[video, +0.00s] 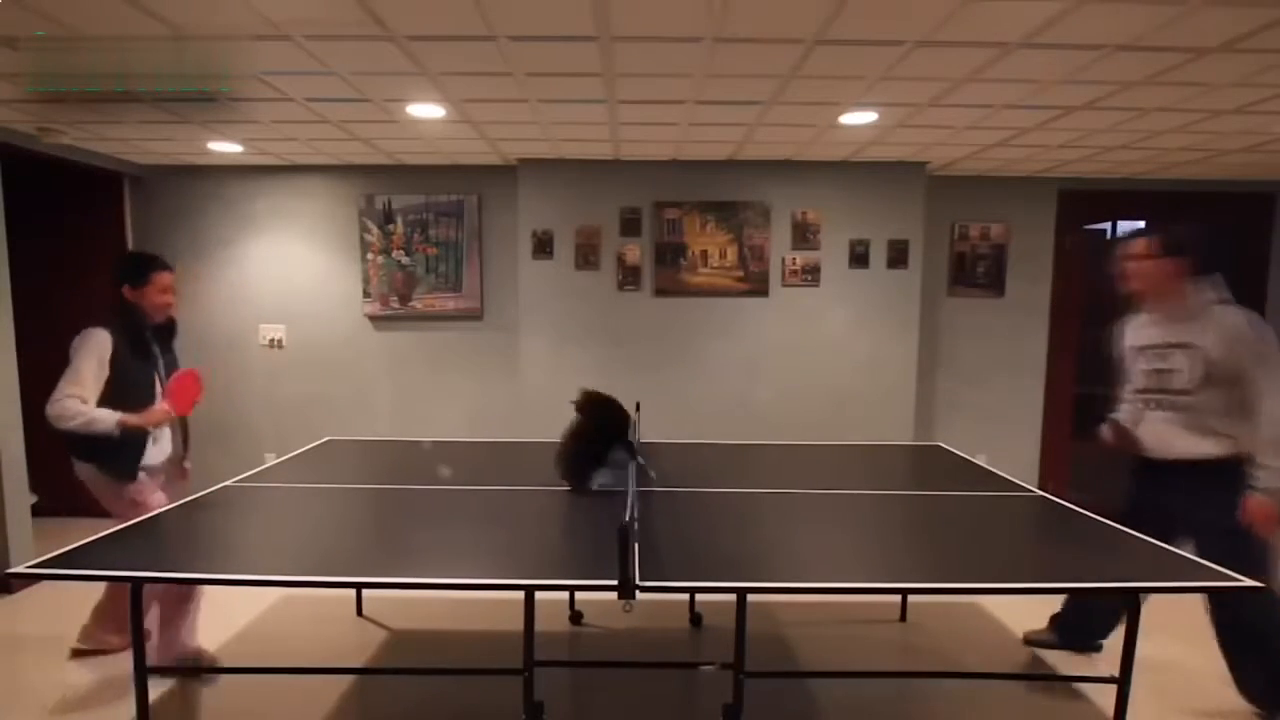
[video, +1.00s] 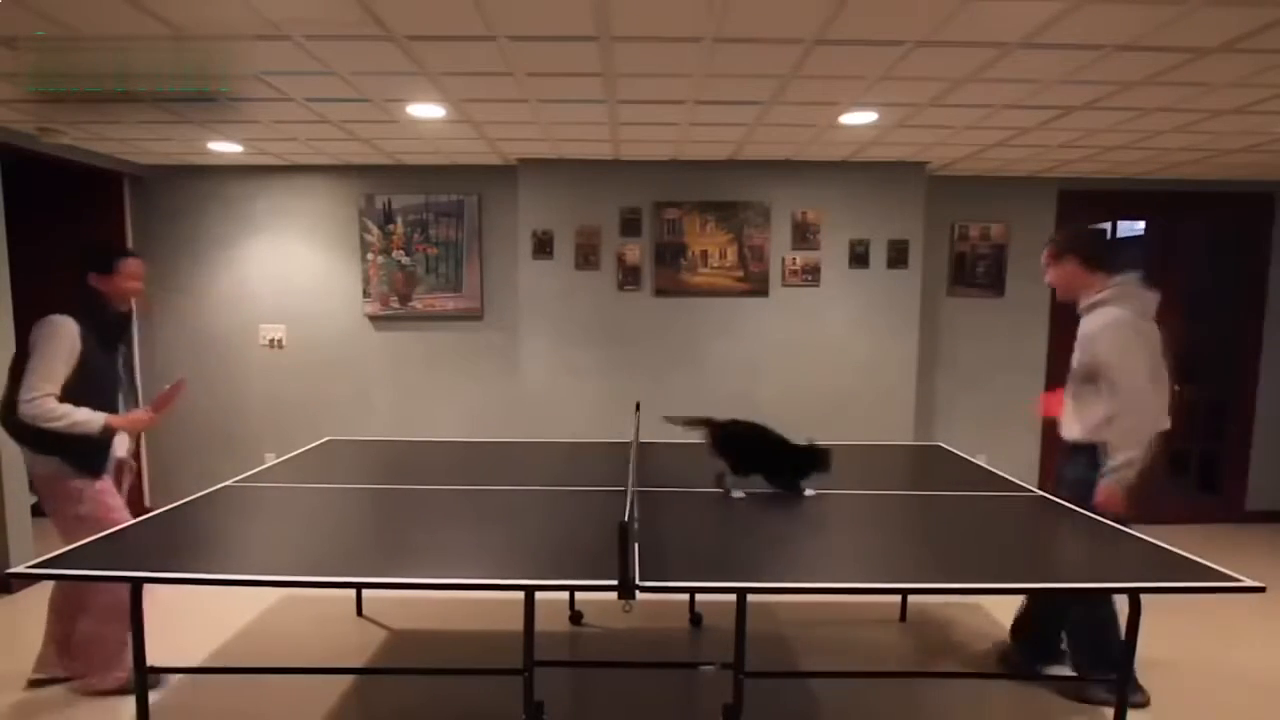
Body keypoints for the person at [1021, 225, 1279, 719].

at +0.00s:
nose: (1130, 269)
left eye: (1142, 259)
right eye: (1128, 260)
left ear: (1178, 265)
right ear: (1124, 270)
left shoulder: (1234, 326)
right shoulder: (1131, 330)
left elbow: (1271, 405)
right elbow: (1135, 394)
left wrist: (1265, 486)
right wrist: (1117, 425)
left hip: (1218, 476)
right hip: (1152, 473)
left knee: (1241, 595)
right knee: (1118, 556)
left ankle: (1270, 695)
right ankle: (1077, 631)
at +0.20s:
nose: (1212, 253)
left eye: (1226, 241)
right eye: (1210, 242)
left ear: (1262, 250)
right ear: (1205, 251)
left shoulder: (1276, 310)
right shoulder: (1191, 313)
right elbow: (1174, 379)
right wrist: (1161, 408)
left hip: (1265, 471)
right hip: (1201, 465)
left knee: (1266, 589)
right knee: (1167, 562)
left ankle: (1270, 692)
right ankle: (1122, 648)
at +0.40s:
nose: (1225, 246)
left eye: (1240, 237)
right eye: (1223, 237)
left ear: (1273, 247)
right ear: (1219, 245)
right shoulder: (1201, 311)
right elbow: (1172, 375)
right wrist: (1154, 397)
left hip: (1265, 474)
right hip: (1200, 465)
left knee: (1261, 588)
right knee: (1159, 556)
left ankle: (1272, 693)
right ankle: (1128, 650)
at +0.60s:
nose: (1156, 270)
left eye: (1167, 258)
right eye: (1153, 260)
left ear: (1206, 260)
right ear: (1153, 269)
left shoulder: (1256, 328)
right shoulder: (1156, 325)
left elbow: (1270, 419)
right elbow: (1142, 385)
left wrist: (1257, 499)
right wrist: (1098, 404)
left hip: (1221, 483)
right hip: (1156, 479)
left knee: (1242, 603)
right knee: (1112, 580)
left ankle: (1273, 693)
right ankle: (1051, 661)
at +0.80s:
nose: (1064, 272)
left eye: (1074, 263)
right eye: (1064, 263)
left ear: (1110, 267)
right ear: (1095, 270)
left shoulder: (1164, 325)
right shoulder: (1092, 318)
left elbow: (1189, 411)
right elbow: (1080, 387)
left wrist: (1166, 485)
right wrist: (1034, 409)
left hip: (1133, 474)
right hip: (1083, 466)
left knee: (1153, 585)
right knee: (1053, 560)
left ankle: (1243, 665)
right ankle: (1048, 652)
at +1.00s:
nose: (1049, 281)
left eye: (1052, 269)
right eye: (1047, 271)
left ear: (1079, 265)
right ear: (1078, 267)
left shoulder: (1117, 320)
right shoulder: (1099, 315)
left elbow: (1144, 406)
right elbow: (1109, 392)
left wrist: (1117, 475)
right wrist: (1063, 403)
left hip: (1096, 458)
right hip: (1079, 452)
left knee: (1082, 565)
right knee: (1058, 556)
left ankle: (1108, 674)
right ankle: (1032, 646)